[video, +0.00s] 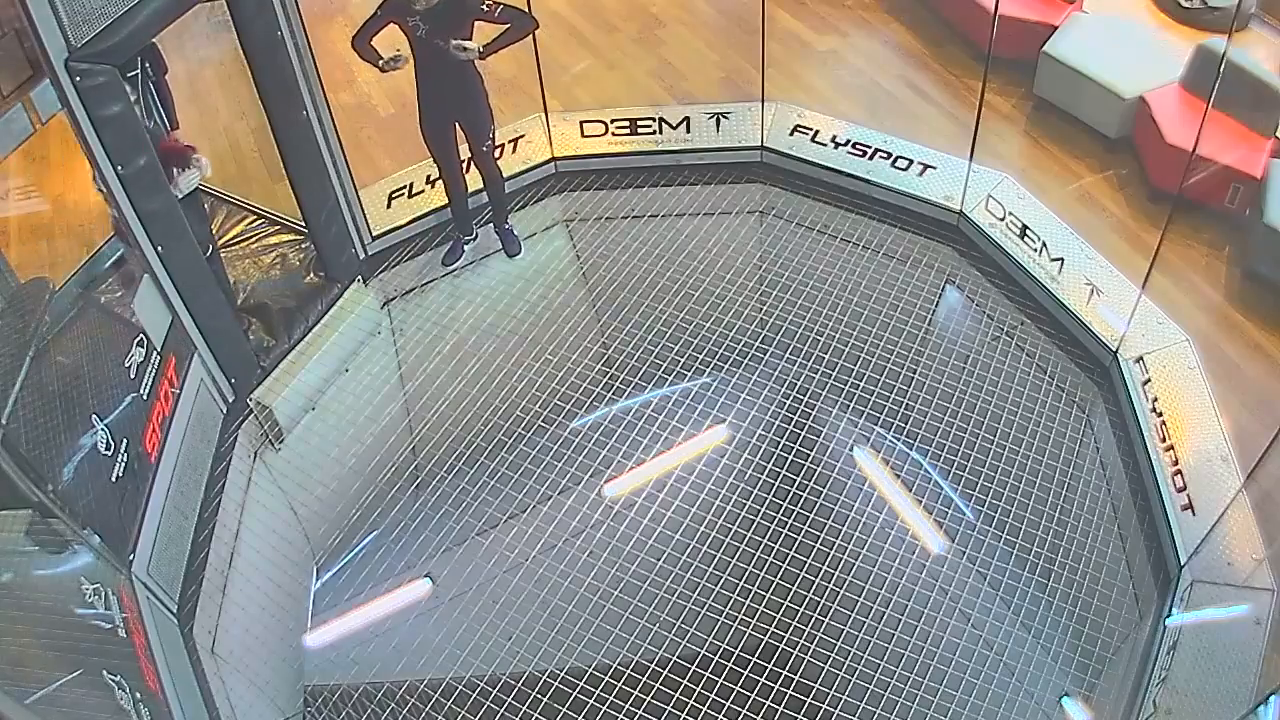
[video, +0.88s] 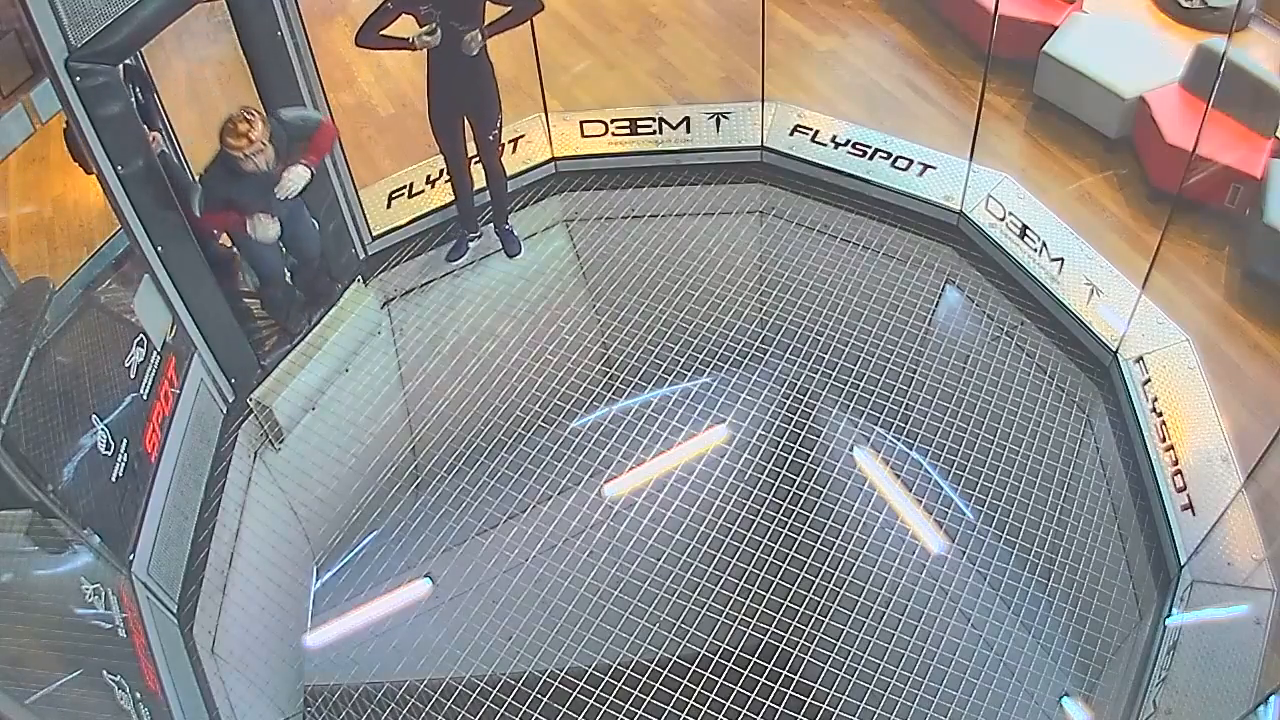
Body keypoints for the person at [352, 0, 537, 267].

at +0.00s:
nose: (420, 3)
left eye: (424, 2)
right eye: (415, 4)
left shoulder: (466, 6)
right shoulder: (395, 7)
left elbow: (526, 22)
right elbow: (359, 40)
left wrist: (483, 51)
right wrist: (380, 62)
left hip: (469, 94)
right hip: (431, 101)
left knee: (485, 160)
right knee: (449, 171)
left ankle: (503, 224)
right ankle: (466, 233)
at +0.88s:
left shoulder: (482, 2)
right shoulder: (407, 2)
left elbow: (532, 5)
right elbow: (364, 37)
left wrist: (484, 33)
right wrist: (411, 42)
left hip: (478, 79)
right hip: (441, 85)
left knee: (490, 156)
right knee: (455, 163)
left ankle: (503, 226)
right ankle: (471, 229)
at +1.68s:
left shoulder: (500, 0)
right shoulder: (436, 1)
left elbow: (511, 11)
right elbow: (382, 20)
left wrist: (517, 6)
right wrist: (430, 26)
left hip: (500, 79)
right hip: (461, 84)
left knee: (502, 154)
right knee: (474, 159)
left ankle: (504, 225)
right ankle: (485, 230)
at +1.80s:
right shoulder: (437, 1)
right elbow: (384, 18)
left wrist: (521, 4)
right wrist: (431, 25)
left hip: (502, 76)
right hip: (463, 81)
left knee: (503, 153)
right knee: (475, 158)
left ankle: (504, 224)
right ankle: (485, 229)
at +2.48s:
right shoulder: (449, 1)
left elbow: (524, 8)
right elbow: (397, 15)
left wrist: (530, 7)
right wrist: (439, 24)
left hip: (510, 80)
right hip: (470, 83)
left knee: (507, 156)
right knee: (478, 158)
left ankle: (505, 224)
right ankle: (485, 229)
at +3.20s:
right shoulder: (442, 1)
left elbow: (519, 8)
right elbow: (390, 18)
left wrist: (521, 6)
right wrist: (430, 26)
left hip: (505, 79)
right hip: (466, 82)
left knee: (505, 154)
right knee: (476, 158)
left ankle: (504, 225)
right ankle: (484, 229)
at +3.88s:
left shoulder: (503, 1)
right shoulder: (439, 1)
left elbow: (522, 4)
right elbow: (383, 17)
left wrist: (523, 2)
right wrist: (425, 27)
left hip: (502, 81)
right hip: (462, 85)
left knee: (502, 155)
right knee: (474, 160)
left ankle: (504, 224)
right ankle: (484, 229)